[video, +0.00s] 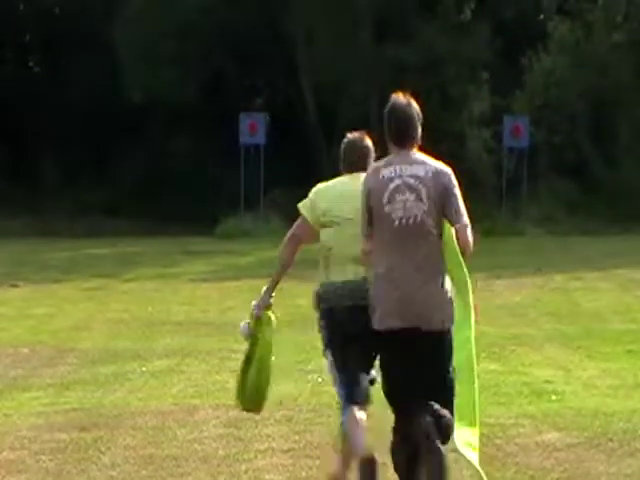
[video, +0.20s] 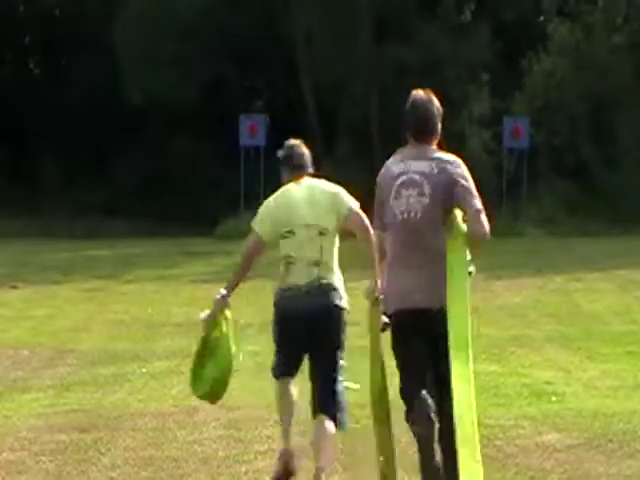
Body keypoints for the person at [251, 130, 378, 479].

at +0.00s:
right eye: (371, 160)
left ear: (341, 162)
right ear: (372, 161)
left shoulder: (325, 193)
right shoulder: (384, 189)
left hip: (335, 291)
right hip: (379, 290)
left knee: (344, 369)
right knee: (362, 371)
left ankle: (363, 454)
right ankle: (344, 457)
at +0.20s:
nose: (289, 174)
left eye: (285, 169)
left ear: (283, 169)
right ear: (311, 165)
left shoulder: (275, 203)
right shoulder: (332, 193)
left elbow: (250, 253)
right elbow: (367, 231)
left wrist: (226, 293)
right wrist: (377, 278)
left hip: (289, 300)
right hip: (328, 297)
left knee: (284, 373)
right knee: (326, 384)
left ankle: (285, 447)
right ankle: (324, 468)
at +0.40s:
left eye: (241, 180)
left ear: (242, 180)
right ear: (269, 175)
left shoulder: (233, 208)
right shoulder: (287, 192)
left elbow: (202, 252)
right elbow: (314, 213)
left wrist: (187, 284)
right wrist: (337, 259)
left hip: (250, 296)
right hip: (287, 293)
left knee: (245, 385)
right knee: (277, 371)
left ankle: (251, 468)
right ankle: (277, 407)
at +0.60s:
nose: (251, 178)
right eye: (254, 173)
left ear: (229, 176)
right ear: (254, 175)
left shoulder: (216, 200)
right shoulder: (263, 195)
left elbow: (193, 248)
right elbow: (275, 216)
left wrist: (171, 288)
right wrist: (292, 260)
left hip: (216, 284)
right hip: (252, 288)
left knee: (213, 341)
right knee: (233, 381)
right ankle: (213, 462)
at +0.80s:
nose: (212, 171)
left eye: (204, 168)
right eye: (219, 165)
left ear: (200, 169)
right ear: (225, 167)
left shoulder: (194, 200)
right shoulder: (244, 196)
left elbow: (178, 245)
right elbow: (267, 228)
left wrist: (156, 271)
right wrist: (271, 275)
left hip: (201, 278)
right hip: (234, 278)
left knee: (197, 359)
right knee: (221, 358)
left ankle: (190, 433)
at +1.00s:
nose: (222, 174)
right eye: (225, 169)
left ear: (201, 170)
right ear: (226, 171)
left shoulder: (187, 197)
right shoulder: (234, 199)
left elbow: (159, 229)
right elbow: (244, 234)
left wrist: (149, 256)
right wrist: (247, 278)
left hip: (187, 284)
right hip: (220, 285)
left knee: (187, 363)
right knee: (213, 359)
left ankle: (182, 429)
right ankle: (205, 429)